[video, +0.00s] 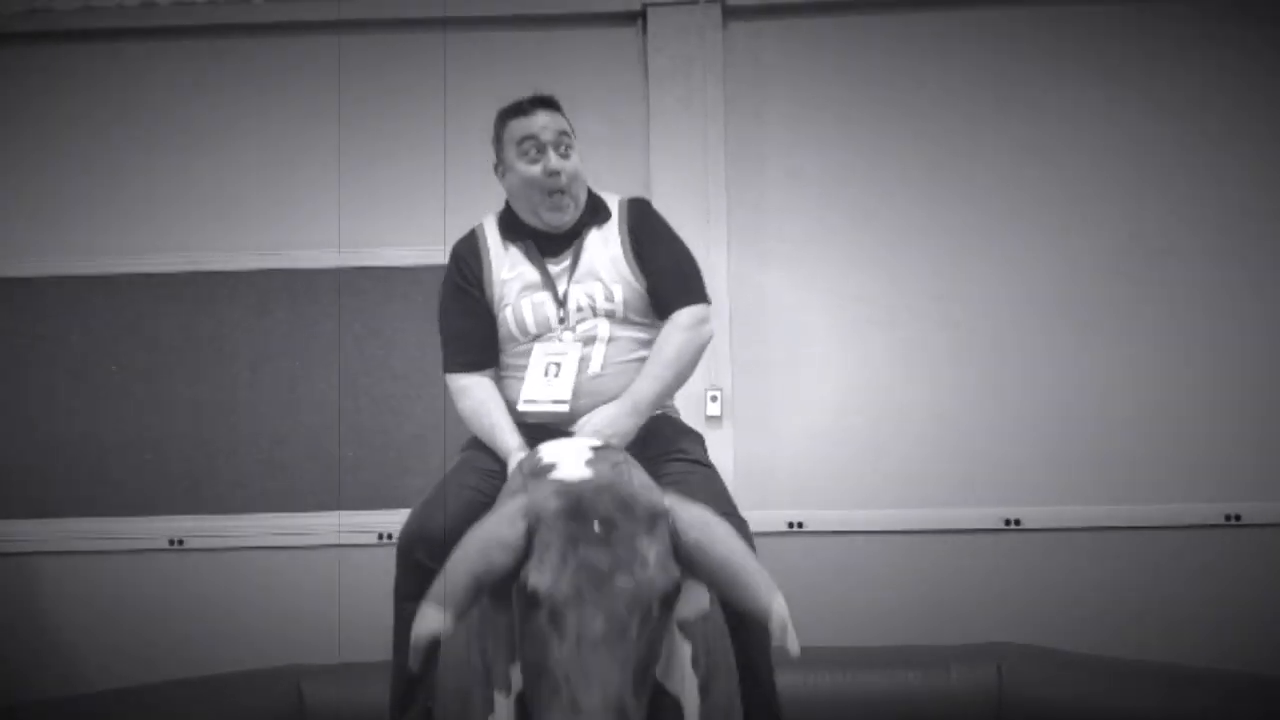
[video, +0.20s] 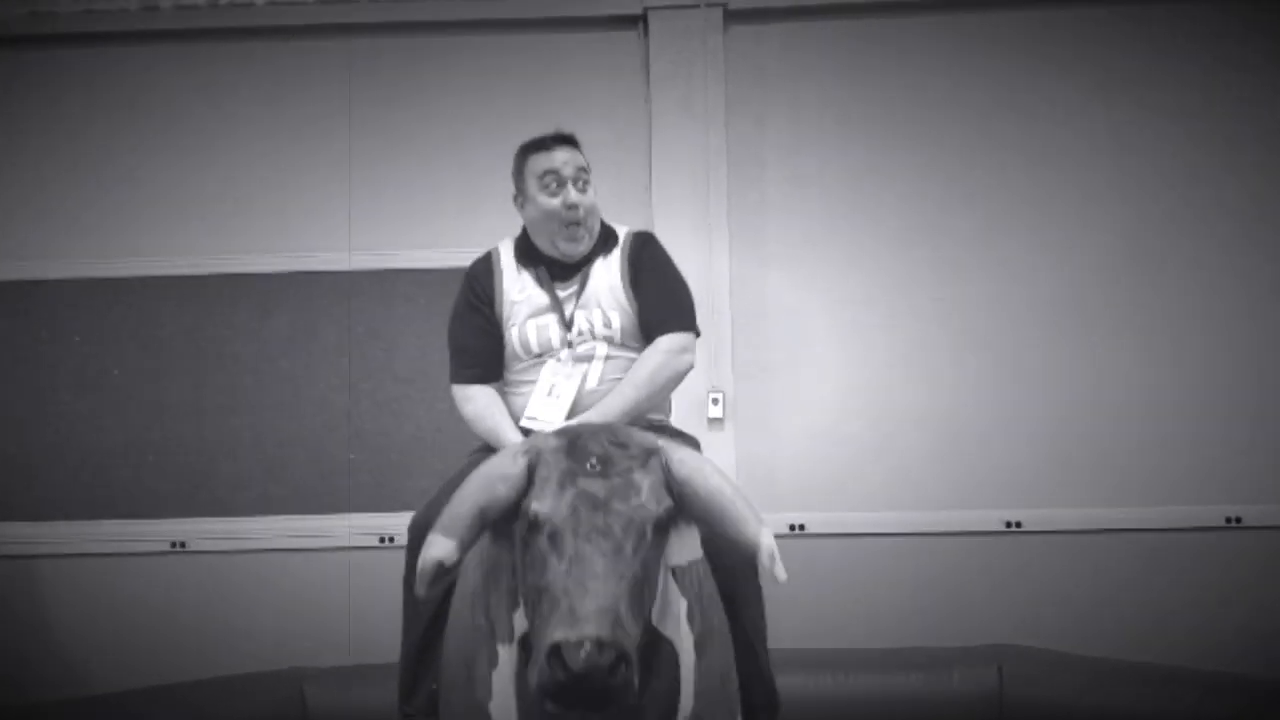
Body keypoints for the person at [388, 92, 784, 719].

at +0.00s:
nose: (553, 164)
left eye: (563, 146)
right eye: (531, 151)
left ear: (580, 156)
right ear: (502, 173)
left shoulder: (632, 221)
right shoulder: (476, 254)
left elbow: (693, 319)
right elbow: (467, 376)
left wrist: (631, 410)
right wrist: (514, 450)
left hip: (641, 428)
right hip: (522, 437)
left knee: (726, 545)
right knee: (424, 542)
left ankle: (758, 708)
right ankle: (411, 707)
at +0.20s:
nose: (572, 199)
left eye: (581, 182)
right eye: (552, 185)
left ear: (596, 191)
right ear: (521, 204)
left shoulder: (636, 252)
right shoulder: (489, 274)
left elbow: (677, 348)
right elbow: (470, 388)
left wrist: (592, 427)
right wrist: (524, 448)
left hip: (634, 432)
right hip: (524, 440)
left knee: (736, 537)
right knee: (431, 539)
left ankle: (757, 699)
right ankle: (418, 701)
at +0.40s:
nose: (572, 218)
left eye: (582, 204)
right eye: (554, 206)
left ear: (597, 214)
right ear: (527, 224)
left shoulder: (630, 270)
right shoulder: (495, 285)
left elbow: (659, 355)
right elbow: (477, 384)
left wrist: (593, 416)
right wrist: (520, 439)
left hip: (623, 426)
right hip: (525, 434)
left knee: (730, 519)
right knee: (437, 529)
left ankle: (741, 675)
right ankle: (424, 685)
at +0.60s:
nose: (572, 216)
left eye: (582, 206)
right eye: (556, 207)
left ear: (598, 225)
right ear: (531, 230)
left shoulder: (628, 273)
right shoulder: (504, 289)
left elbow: (650, 344)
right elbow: (485, 378)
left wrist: (593, 412)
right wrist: (523, 431)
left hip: (624, 422)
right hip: (534, 428)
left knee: (725, 510)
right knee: (447, 504)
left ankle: (740, 664)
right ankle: (425, 667)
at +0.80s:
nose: (565, 199)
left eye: (576, 191)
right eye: (549, 191)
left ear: (591, 213)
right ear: (525, 215)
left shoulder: (623, 263)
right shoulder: (495, 274)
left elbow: (632, 338)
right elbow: (483, 360)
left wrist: (576, 410)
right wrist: (513, 420)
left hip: (613, 410)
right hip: (518, 415)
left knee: (698, 498)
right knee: (440, 481)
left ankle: (727, 669)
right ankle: (421, 671)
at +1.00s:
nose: (561, 164)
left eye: (572, 153)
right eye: (545, 153)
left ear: (586, 170)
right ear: (517, 172)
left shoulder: (617, 230)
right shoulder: (485, 239)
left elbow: (628, 318)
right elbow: (474, 336)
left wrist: (567, 399)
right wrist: (509, 405)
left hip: (607, 390)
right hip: (510, 396)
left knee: (695, 498)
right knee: (438, 479)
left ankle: (728, 682)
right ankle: (421, 675)